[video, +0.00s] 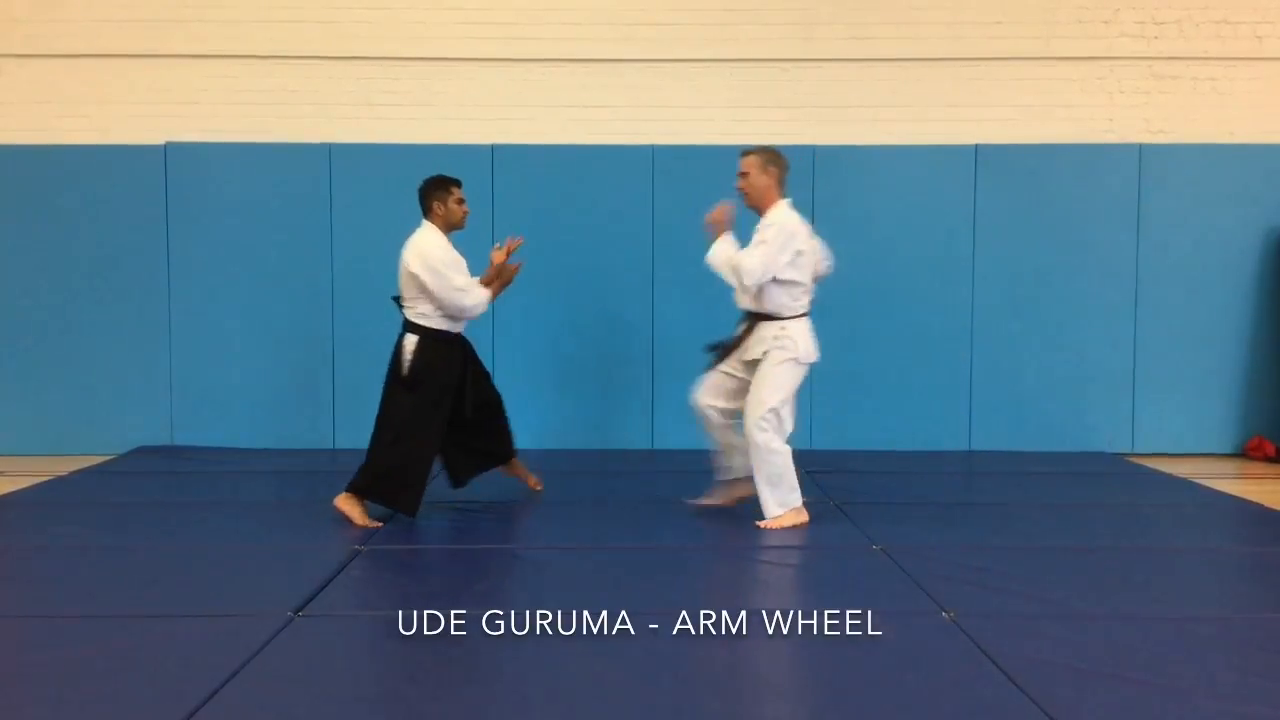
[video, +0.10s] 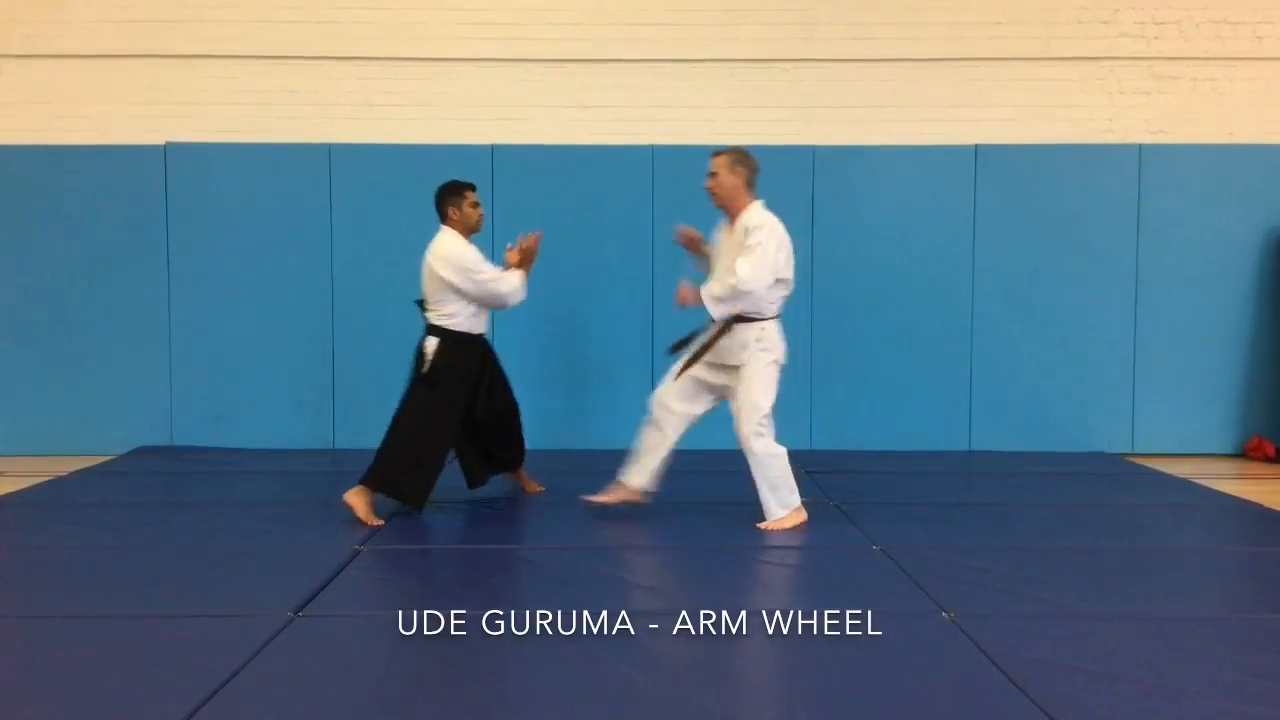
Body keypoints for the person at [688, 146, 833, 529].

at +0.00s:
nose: (739, 184)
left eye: (746, 176)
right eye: (739, 176)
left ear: (770, 177)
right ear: (765, 179)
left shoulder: (783, 224)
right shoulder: (781, 221)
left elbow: (749, 272)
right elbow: (820, 262)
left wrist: (722, 238)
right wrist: (774, 279)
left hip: (787, 338)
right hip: (760, 336)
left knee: (762, 417)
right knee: (709, 398)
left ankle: (790, 508)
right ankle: (740, 477)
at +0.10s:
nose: (708, 183)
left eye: (715, 175)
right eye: (708, 176)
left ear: (741, 177)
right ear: (728, 180)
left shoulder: (766, 229)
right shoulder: (725, 228)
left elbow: (750, 282)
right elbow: (728, 271)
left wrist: (701, 295)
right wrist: (701, 252)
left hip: (758, 338)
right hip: (723, 336)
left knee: (752, 425)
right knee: (668, 401)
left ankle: (789, 509)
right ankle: (634, 485)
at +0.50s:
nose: (579, 181)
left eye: (585, 172)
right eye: (578, 173)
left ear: (612, 172)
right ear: (601, 175)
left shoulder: (659, 215)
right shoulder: (580, 223)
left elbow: (686, 267)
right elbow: (532, 235)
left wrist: (697, 319)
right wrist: (479, 234)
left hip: (657, 324)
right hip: (616, 328)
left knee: (677, 411)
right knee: (590, 411)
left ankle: (722, 495)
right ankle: (576, 499)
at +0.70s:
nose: (554, 184)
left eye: (560, 176)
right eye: (553, 176)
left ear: (585, 176)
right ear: (575, 177)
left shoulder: (637, 212)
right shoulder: (558, 228)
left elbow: (677, 258)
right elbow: (522, 269)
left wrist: (675, 307)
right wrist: (484, 299)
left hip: (649, 321)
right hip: (606, 327)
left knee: (678, 407)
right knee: (586, 413)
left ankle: (723, 491)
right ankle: (579, 496)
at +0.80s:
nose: (548, 191)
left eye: (553, 182)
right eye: (547, 183)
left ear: (579, 179)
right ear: (569, 181)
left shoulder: (632, 213)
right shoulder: (555, 231)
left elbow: (673, 256)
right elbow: (519, 269)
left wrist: (672, 306)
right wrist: (475, 299)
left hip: (649, 323)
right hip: (605, 330)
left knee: (680, 412)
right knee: (585, 414)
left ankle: (722, 496)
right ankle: (578, 497)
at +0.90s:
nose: (553, 189)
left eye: (558, 180)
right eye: (552, 181)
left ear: (584, 178)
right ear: (573, 180)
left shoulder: (636, 212)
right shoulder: (558, 226)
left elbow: (673, 259)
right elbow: (509, 229)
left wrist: (666, 308)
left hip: (650, 323)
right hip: (606, 329)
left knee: (679, 413)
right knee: (585, 414)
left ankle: (720, 497)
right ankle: (578, 497)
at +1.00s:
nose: (561, 185)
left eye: (566, 176)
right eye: (560, 177)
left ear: (591, 173)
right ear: (582, 175)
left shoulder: (641, 209)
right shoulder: (567, 214)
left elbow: (673, 260)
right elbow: (523, 192)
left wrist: (645, 299)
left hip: (651, 321)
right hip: (606, 324)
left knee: (680, 411)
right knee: (588, 412)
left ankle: (720, 498)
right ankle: (580, 496)